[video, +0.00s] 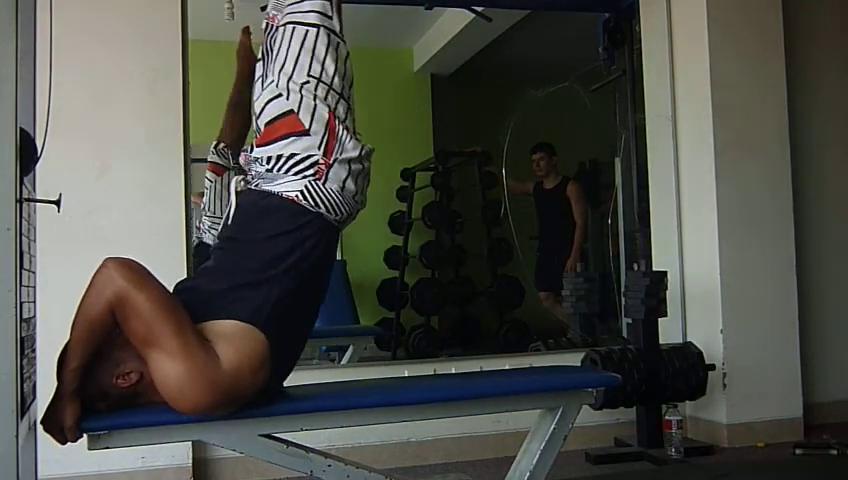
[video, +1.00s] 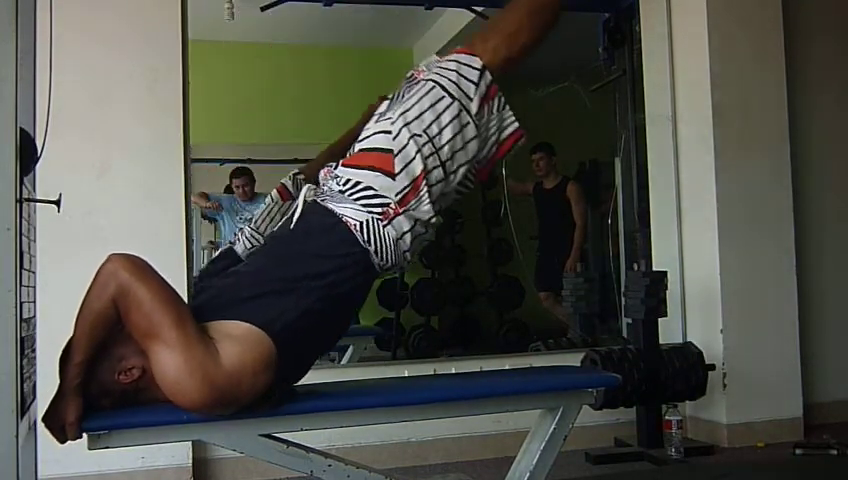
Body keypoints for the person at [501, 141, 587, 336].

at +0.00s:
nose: (537, 165)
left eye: (541, 160)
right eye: (534, 161)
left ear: (553, 161)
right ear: (532, 164)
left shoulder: (570, 187)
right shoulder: (536, 187)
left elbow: (581, 224)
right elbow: (512, 186)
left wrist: (574, 257)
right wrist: (490, 168)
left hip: (567, 249)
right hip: (546, 249)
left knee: (568, 295)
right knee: (545, 296)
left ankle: (574, 336)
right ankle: (576, 329)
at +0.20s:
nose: (537, 165)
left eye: (541, 160)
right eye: (534, 161)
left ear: (553, 161)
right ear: (532, 164)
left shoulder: (570, 187)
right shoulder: (536, 187)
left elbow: (581, 224)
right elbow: (512, 186)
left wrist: (574, 257)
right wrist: (491, 169)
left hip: (567, 249)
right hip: (546, 249)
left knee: (568, 295)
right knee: (545, 296)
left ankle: (574, 336)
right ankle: (576, 329)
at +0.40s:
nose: (537, 165)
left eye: (541, 160)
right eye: (534, 161)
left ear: (553, 161)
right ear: (532, 164)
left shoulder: (570, 187)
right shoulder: (536, 187)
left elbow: (581, 224)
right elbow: (511, 185)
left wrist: (574, 257)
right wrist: (489, 168)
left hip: (566, 249)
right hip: (546, 249)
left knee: (567, 296)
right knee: (545, 297)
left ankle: (574, 336)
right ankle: (577, 328)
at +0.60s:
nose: (536, 165)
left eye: (541, 160)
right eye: (534, 161)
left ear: (552, 161)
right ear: (532, 164)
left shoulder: (570, 187)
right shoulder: (536, 187)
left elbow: (580, 224)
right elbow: (511, 185)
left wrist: (574, 256)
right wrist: (489, 167)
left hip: (566, 249)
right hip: (545, 249)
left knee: (567, 296)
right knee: (546, 297)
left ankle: (575, 336)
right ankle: (577, 329)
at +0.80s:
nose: (537, 165)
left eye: (541, 160)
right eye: (534, 161)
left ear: (553, 161)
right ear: (532, 164)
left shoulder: (570, 187)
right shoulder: (536, 187)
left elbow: (580, 224)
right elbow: (511, 186)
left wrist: (574, 257)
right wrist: (491, 171)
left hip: (567, 249)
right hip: (546, 249)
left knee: (568, 296)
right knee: (546, 297)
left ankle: (574, 335)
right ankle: (578, 330)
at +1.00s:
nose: (536, 165)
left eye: (541, 160)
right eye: (534, 161)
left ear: (552, 161)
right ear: (531, 164)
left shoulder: (570, 187)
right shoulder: (536, 187)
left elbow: (580, 224)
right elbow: (512, 186)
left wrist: (574, 257)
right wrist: (493, 174)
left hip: (567, 250)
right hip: (546, 249)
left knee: (568, 296)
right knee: (546, 297)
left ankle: (575, 335)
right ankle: (577, 329)